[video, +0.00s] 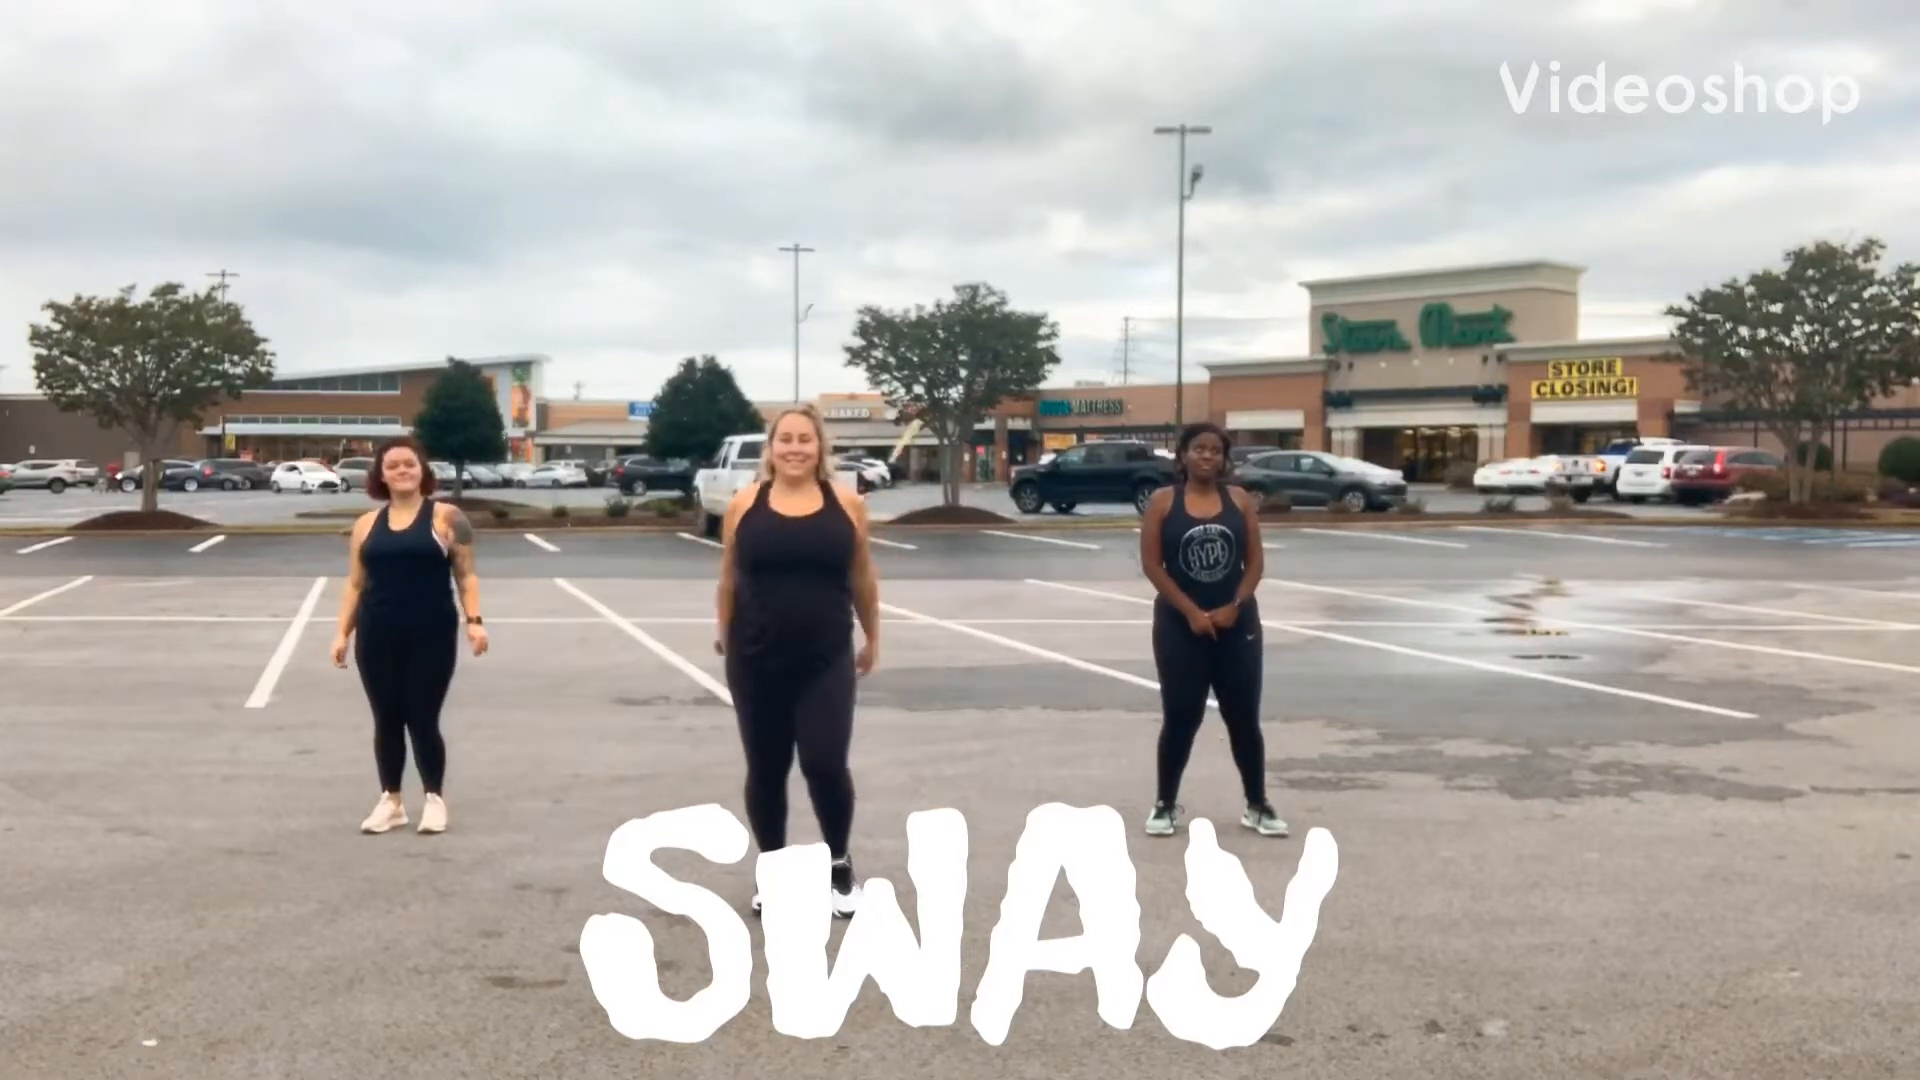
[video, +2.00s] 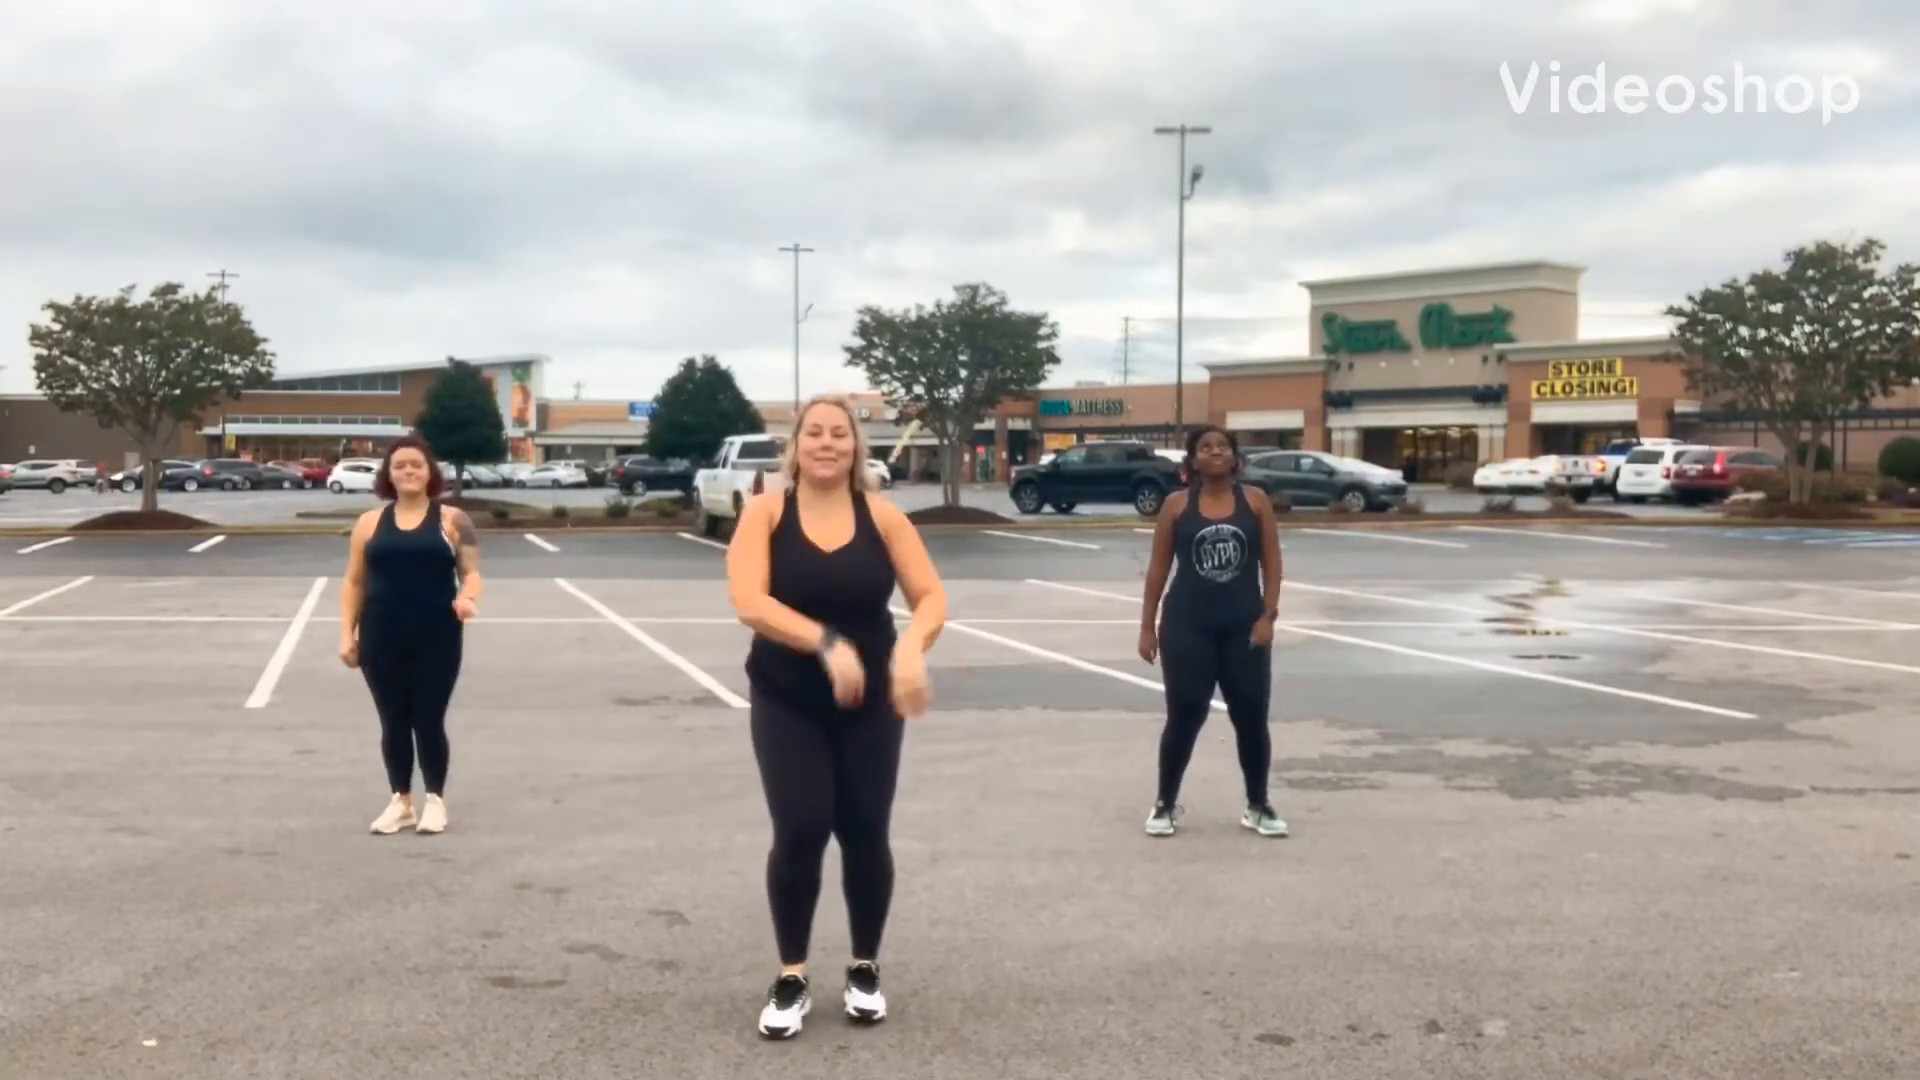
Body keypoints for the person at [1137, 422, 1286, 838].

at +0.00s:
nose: (1207, 457)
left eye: (1215, 451)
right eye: (1199, 449)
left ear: (1224, 458)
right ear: (1183, 455)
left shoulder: (1240, 500)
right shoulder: (1163, 501)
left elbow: (1255, 561)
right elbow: (1152, 565)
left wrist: (1235, 605)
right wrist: (1191, 610)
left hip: (1237, 622)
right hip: (1179, 624)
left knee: (1245, 720)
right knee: (1181, 720)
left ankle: (1257, 805)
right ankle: (1165, 805)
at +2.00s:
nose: (1216, 453)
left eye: (1223, 447)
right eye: (1207, 448)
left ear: (1235, 456)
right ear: (1193, 459)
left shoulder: (1254, 500)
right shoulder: (1176, 504)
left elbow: (1271, 562)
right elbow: (1158, 569)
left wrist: (1269, 614)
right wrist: (1148, 625)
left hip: (1244, 628)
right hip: (1187, 628)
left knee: (1252, 720)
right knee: (1184, 718)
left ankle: (1258, 806)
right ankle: (1164, 805)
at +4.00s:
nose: (1248, 458)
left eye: (1255, 451)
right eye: (1239, 451)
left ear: (1266, 458)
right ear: (1225, 459)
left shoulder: (1279, 501)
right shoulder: (1206, 501)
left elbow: (1295, 567)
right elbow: (1170, 558)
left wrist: (1285, 539)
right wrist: (1210, 540)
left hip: (1265, 623)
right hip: (1210, 624)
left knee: (1291, 713)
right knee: (1212, 715)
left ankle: (1329, 801)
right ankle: (1195, 803)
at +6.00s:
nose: (1175, 476)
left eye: (1183, 469)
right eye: (1170, 469)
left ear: (1204, 468)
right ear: (1164, 469)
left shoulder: (1224, 502)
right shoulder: (1153, 502)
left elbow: (1243, 564)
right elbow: (1141, 558)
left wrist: (1237, 549)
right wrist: (1170, 512)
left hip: (1210, 626)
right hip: (1156, 626)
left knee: (1235, 715)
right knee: (1148, 715)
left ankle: (1242, 802)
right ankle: (1122, 799)